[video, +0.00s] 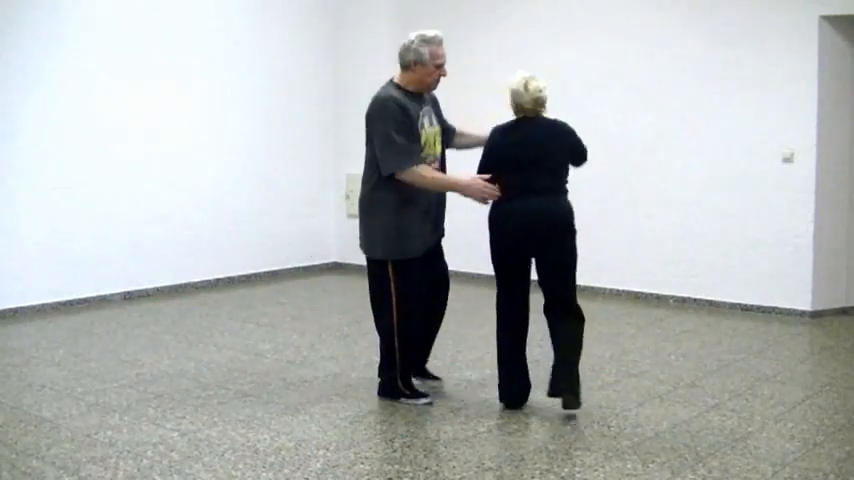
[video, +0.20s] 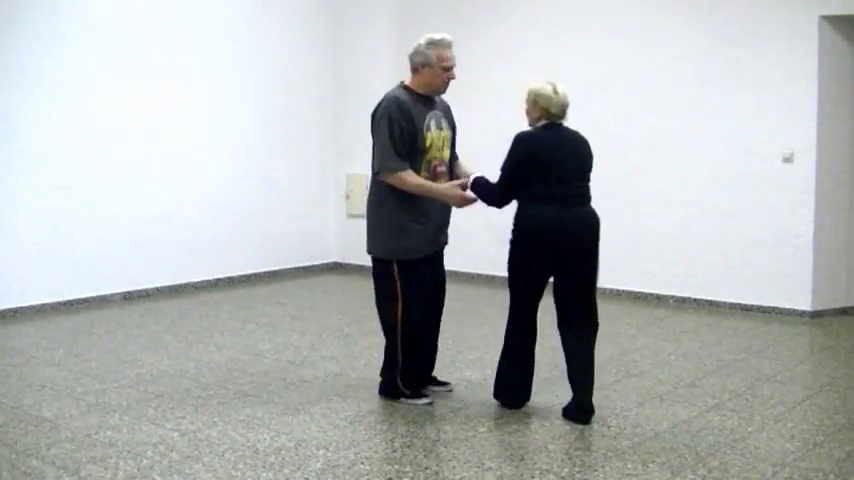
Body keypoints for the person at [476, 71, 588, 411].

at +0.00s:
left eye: (516, 100)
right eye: (540, 98)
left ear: (513, 104)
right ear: (544, 101)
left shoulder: (500, 135)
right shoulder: (559, 131)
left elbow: (483, 178)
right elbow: (580, 157)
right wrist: (550, 138)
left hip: (509, 226)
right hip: (554, 224)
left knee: (511, 304)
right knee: (562, 301)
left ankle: (512, 392)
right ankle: (566, 383)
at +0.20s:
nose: (525, 110)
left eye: (527, 105)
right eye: (526, 104)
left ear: (537, 109)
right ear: (560, 110)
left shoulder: (526, 142)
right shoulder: (581, 144)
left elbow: (500, 197)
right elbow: (575, 189)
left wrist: (474, 181)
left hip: (533, 239)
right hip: (579, 239)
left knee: (522, 315)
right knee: (578, 318)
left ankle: (513, 394)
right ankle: (582, 405)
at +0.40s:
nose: (539, 104)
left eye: (543, 98)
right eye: (541, 97)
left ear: (553, 103)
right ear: (575, 105)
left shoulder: (544, 136)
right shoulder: (593, 139)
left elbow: (510, 186)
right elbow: (580, 190)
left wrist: (474, 179)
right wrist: (535, 199)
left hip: (552, 234)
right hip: (597, 235)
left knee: (530, 306)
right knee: (587, 321)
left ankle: (533, 390)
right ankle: (584, 408)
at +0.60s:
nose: (546, 106)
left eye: (549, 101)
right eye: (547, 100)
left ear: (557, 106)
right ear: (584, 107)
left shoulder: (550, 140)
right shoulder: (603, 144)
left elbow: (515, 190)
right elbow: (614, 199)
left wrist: (476, 184)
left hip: (558, 245)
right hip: (601, 247)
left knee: (547, 321)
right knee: (588, 326)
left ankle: (557, 406)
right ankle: (585, 409)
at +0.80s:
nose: (550, 104)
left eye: (552, 99)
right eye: (552, 98)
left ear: (560, 104)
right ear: (587, 105)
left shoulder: (551, 137)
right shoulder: (606, 137)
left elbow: (512, 183)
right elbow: (629, 178)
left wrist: (483, 169)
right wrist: (594, 169)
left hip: (561, 235)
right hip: (607, 236)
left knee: (540, 306)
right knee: (594, 318)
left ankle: (551, 394)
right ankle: (584, 408)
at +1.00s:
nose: (558, 104)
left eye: (559, 100)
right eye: (562, 99)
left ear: (564, 103)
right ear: (595, 103)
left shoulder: (550, 137)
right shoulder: (612, 136)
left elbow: (506, 181)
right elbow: (641, 169)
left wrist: (471, 165)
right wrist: (612, 147)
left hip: (555, 240)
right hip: (603, 241)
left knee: (546, 319)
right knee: (594, 320)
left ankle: (550, 410)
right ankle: (585, 409)